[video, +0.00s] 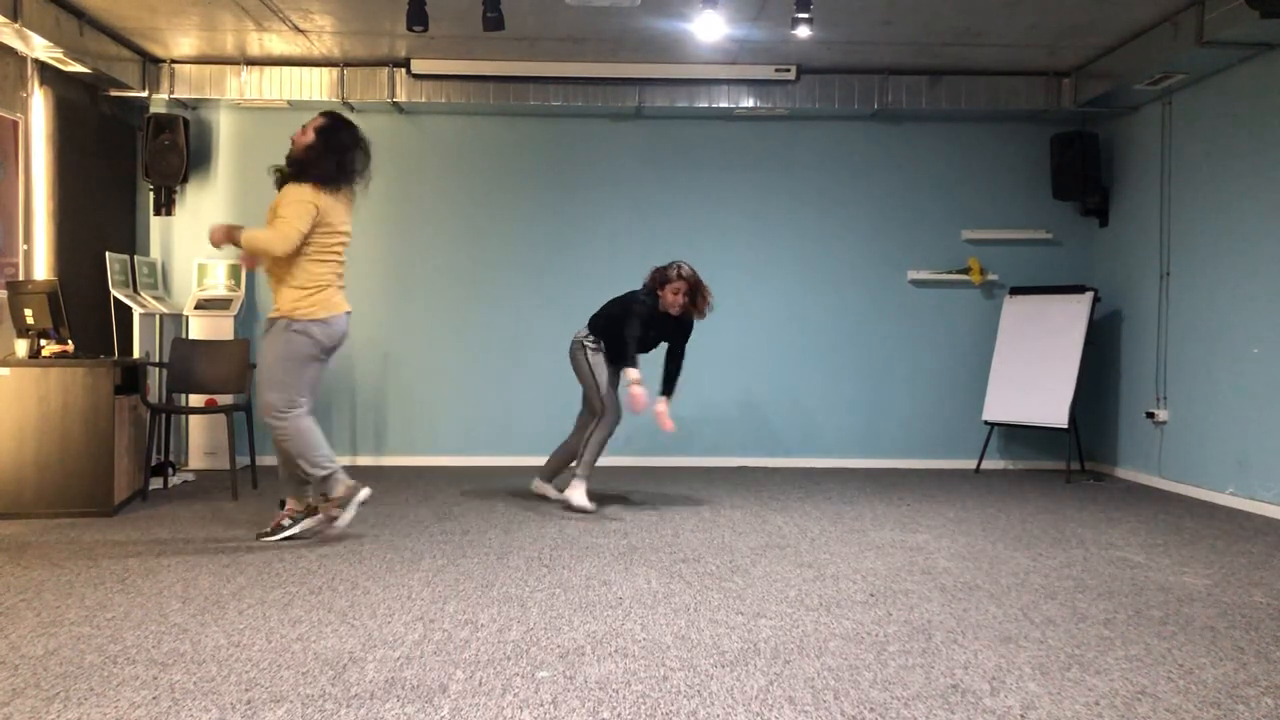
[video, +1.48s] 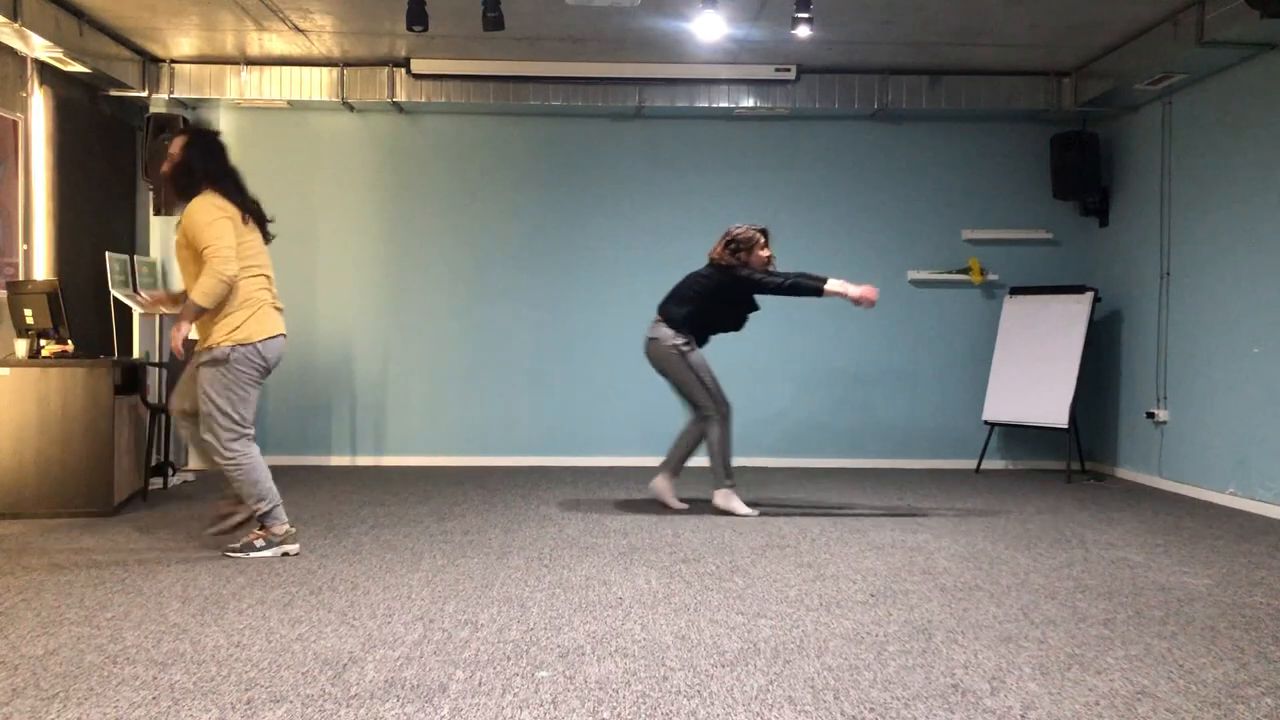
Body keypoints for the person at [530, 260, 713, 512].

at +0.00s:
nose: (681, 300)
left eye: (686, 294)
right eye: (675, 293)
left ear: (691, 297)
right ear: (661, 289)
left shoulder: (683, 322)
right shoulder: (640, 303)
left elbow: (674, 358)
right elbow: (628, 341)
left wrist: (664, 400)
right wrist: (634, 381)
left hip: (611, 360)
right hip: (588, 347)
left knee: (588, 423)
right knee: (610, 414)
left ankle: (542, 480)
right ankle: (577, 486)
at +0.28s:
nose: (697, 290)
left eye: (701, 285)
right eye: (692, 283)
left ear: (706, 286)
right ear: (676, 279)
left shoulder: (698, 312)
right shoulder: (655, 289)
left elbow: (669, 346)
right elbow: (608, 306)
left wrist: (630, 365)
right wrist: (564, 336)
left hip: (638, 353)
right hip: (607, 340)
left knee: (665, 407)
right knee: (609, 414)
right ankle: (573, 484)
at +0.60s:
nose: (755, 226)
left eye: (754, 220)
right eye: (747, 222)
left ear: (753, 227)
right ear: (727, 230)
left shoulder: (760, 258)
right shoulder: (706, 267)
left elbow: (766, 306)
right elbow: (687, 317)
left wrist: (773, 353)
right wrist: (666, 367)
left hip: (730, 351)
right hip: (698, 350)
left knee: (758, 415)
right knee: (728, 420)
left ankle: (734, 488)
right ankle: (670, 474)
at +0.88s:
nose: (793, 233)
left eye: (789, 227)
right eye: (784, 230)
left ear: (779, 240)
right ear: (768, 243)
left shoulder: (792, 268)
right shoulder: (766, 278)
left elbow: (835, 275)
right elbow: (819, 297)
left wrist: (889, 285)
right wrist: (876, 310)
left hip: (775, 359)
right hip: (752, 365)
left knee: (822, 416)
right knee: (816, 415)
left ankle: (826, 499)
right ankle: (782, 485)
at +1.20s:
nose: (802, 241)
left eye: (798, 235)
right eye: (794, 237)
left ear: (777, 247)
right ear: (776, 247)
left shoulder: (777, 271)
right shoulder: (774, 272)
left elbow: (830, 271)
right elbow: (828, 273)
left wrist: (889, 272)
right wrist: (888, 273)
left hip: (739, 357)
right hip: (733, 359)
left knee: (796, 416)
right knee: (798, 414)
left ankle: (784, 495)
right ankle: (806, 495)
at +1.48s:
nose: (769, 253)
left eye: (767, 247)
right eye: (762, 249)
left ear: (744, 254)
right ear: (743, 254)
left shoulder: (735, 273)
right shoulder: (733, 275)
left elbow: (789, 280)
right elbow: (787, 284)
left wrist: (845, 287)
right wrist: (846, 290)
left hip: (666, 342)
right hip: (671, 342)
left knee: (704, 414)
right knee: (718, 409)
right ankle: (724, 492)